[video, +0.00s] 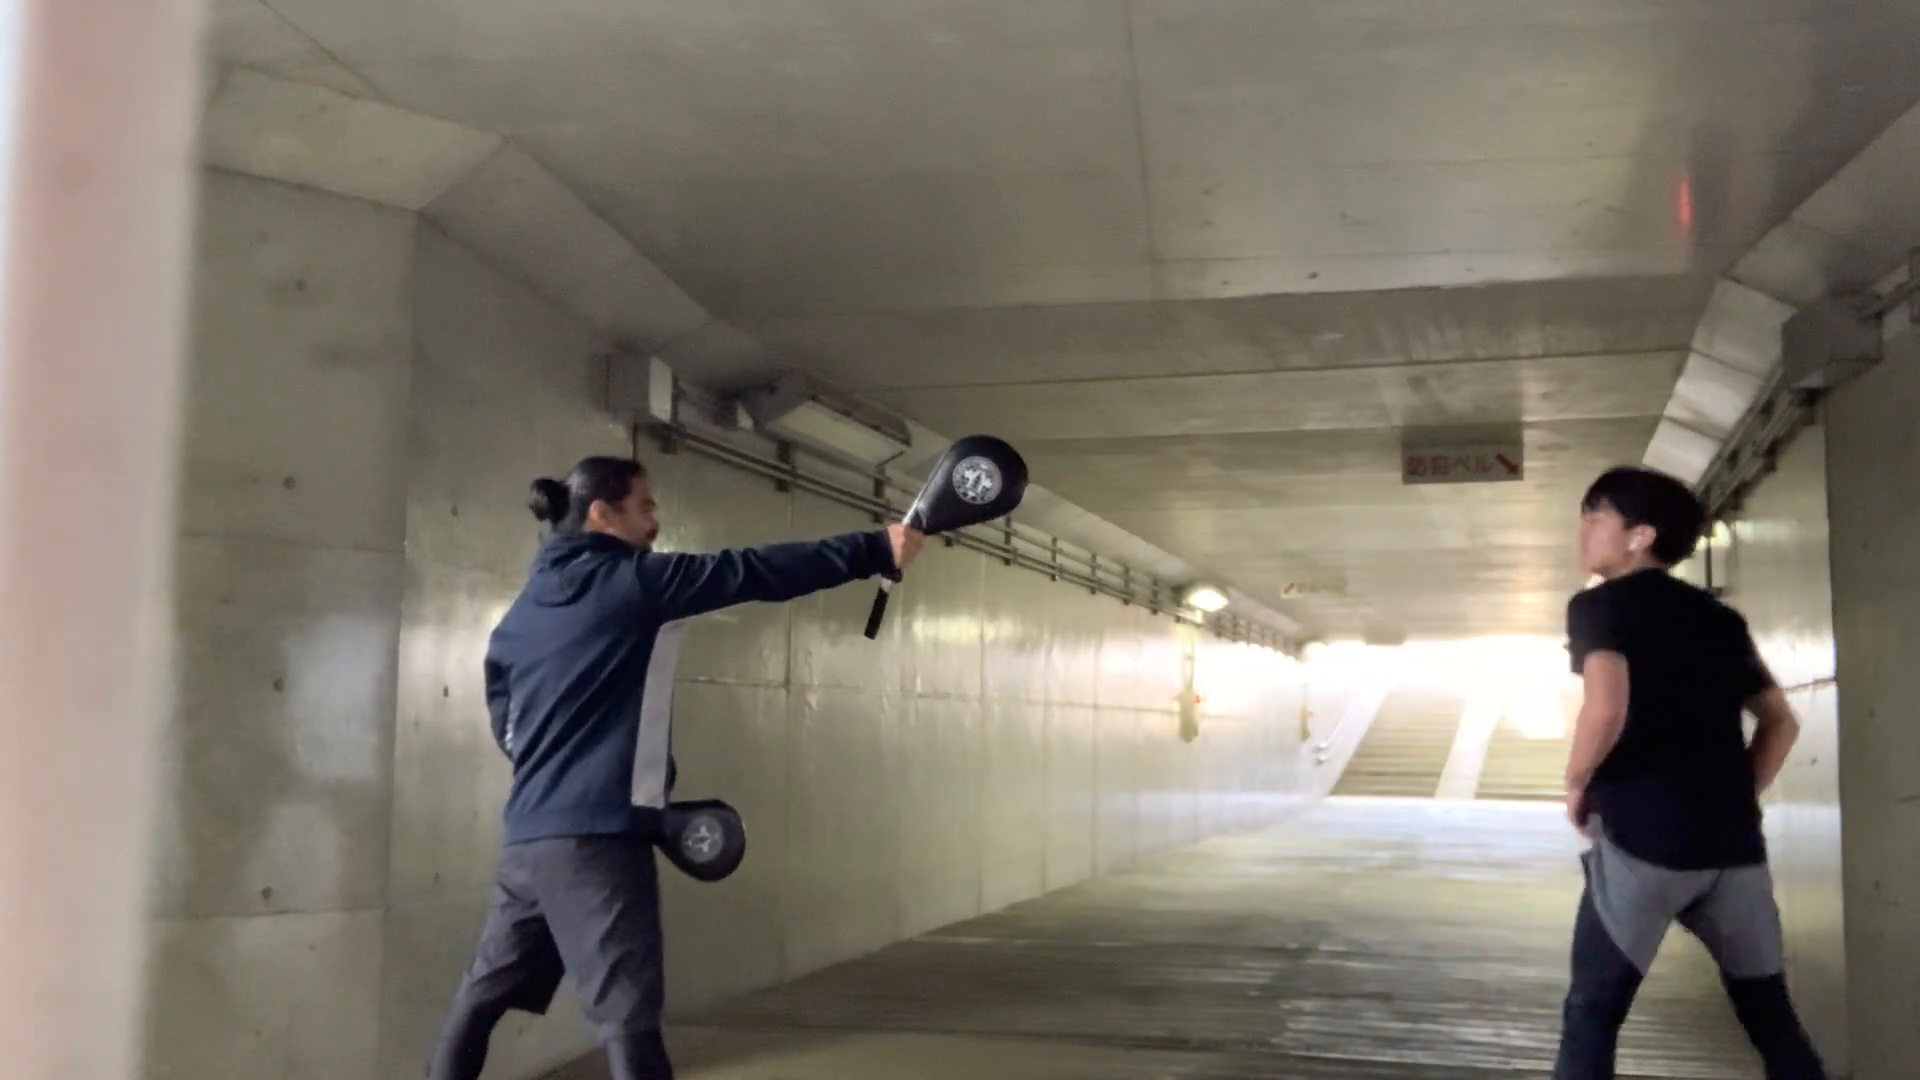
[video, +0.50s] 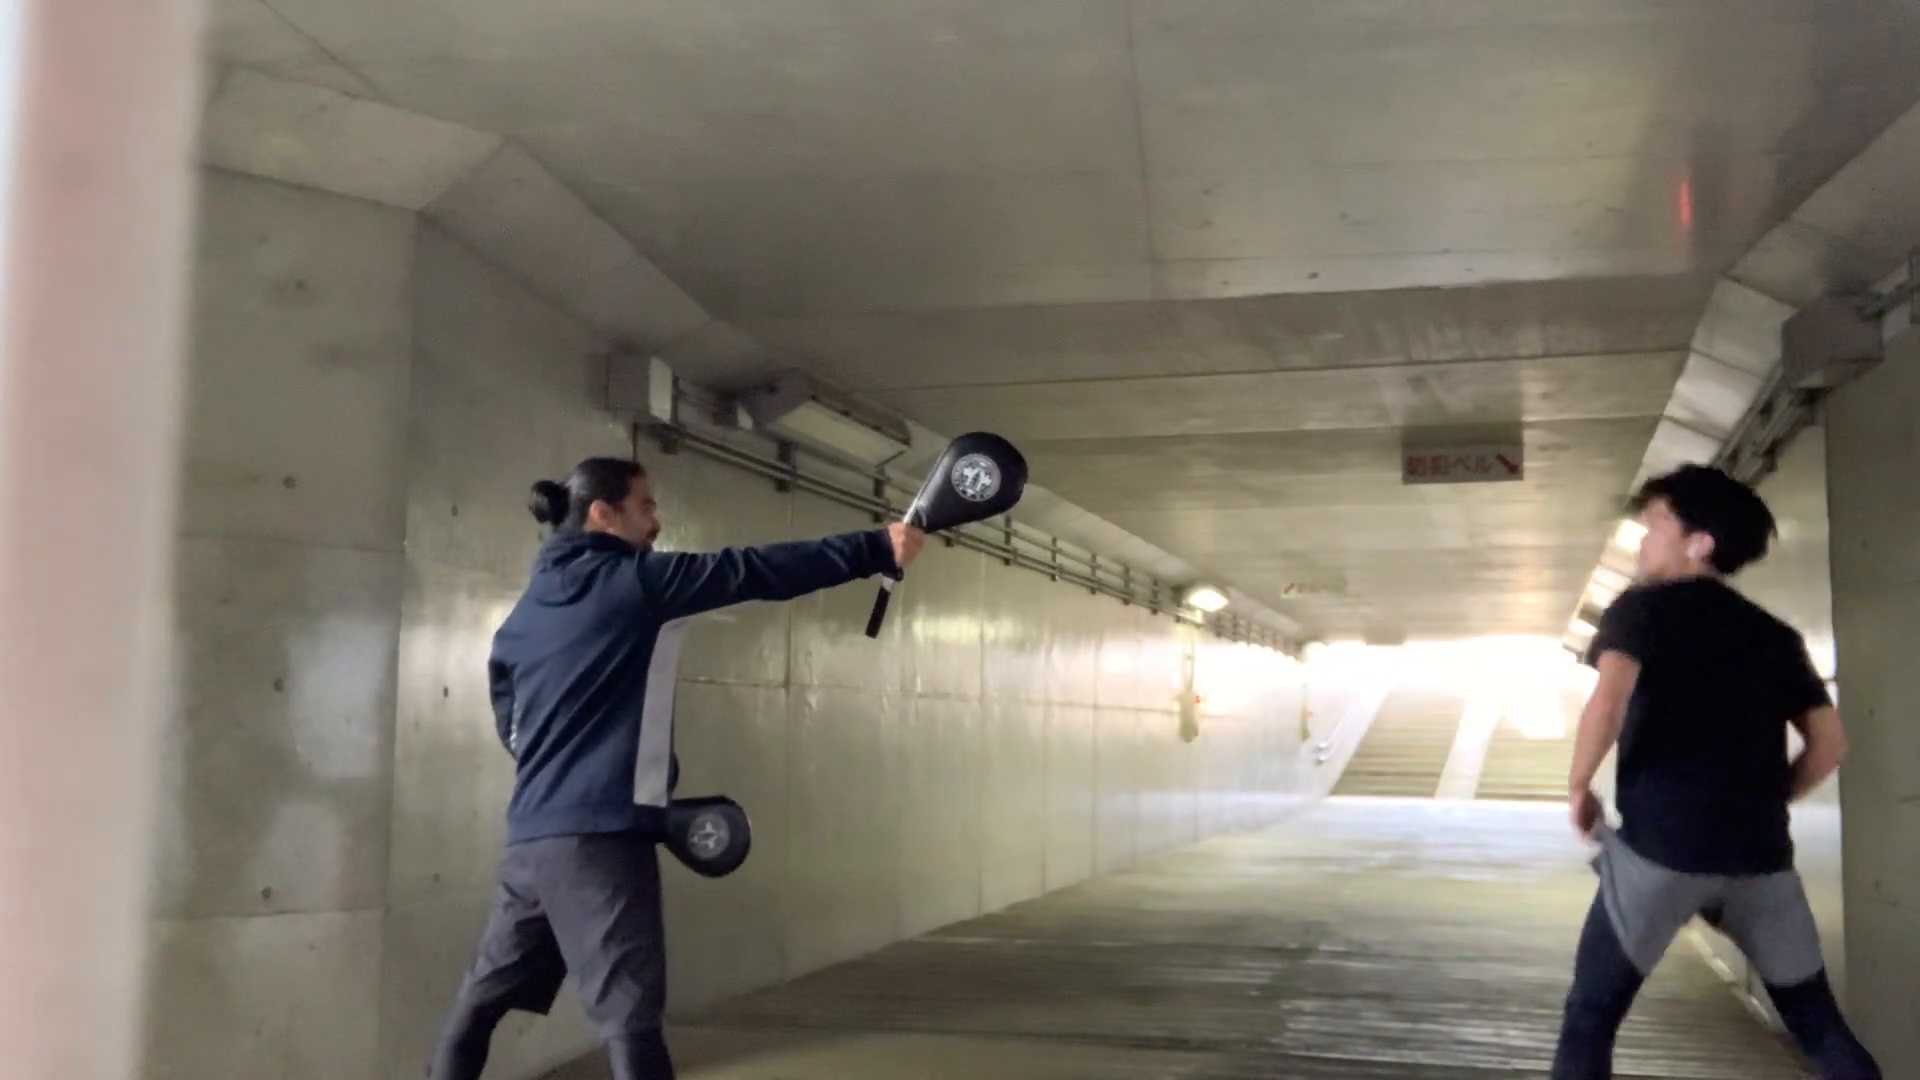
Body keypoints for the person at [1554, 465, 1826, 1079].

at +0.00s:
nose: (1583, 533)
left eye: (1595, 519)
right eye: (1586, 518)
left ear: (1641, 534)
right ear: (1650, 538)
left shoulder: (1601, 604)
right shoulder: (1718, 615)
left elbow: (1607, 705)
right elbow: (1780, 722)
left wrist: (1575, 785)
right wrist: (1735, 796)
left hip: (1644, 840)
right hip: (1732, 836)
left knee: (1591, 1018)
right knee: (1771, 1017)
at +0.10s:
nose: (1597, 527)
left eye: (1611, 515)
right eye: (1600, 513)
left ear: (1659, 536)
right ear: (1664, 540)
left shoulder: (1615, 602)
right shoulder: (1732, 614)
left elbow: (1611, 706)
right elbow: (1803, 713)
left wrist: (1578, 779)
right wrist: (1748, 783)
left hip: (1653, 840)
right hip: (1743, 836)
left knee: (1588, 1019)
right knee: (1791, 1022)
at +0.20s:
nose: (1617, 563)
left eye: (1633, 553)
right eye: (1624, 550)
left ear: (1674, 577)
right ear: (1680, 580)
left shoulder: (1628, 648)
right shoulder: (1745, 662)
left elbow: (1609, 754)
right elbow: (1812, 764)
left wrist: (1574, 827)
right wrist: (1756, 828)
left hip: (1659, 883)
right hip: (1754, 880)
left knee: (1583, 1053)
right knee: (1799, 1050)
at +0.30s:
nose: (1623, 553)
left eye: (1637, 540)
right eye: (1629, 539)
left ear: (1681, 564)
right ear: (1688, 568)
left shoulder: (1636, 633)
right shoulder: (1751, 650)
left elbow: (1630, 738)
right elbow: (1809, 767)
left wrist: (1592, 815)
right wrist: (1751, 818)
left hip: (1665, 876)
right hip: (1760, 875)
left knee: (1592, 1050)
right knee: (1809, 1048)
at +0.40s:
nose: (1630, 524)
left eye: (1644, 510)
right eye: (1635, 509)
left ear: (1690, 531)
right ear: (1696, 534)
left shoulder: (1636, 594)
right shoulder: (1767, 616)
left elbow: (1632, 689)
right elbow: (1813, 727)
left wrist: (1598, 766)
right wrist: (1755, 779)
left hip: (1662, 833)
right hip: (1756, 834)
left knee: (1595, 1010)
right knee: (1818, 1015)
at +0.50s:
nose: (1641, 539)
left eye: (1655, 525)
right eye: (1646, 524)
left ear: (1700, 544)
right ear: (1704, 547)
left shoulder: (1643, 608)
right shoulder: (1774, 633)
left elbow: (1611, 697)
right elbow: (1828, 745)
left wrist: (1580, 785)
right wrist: (1768, 794)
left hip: (1661, 847)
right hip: (1760, 852)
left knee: (1590, 1019)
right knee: (1820, 1024)